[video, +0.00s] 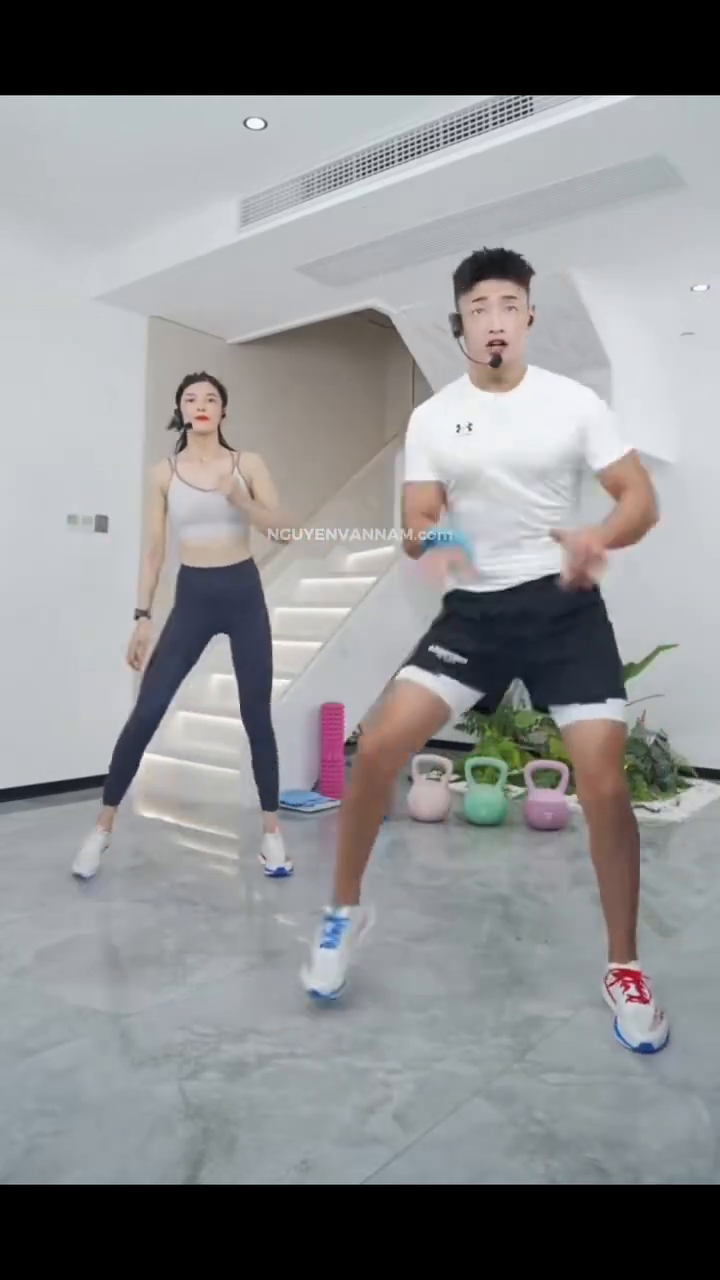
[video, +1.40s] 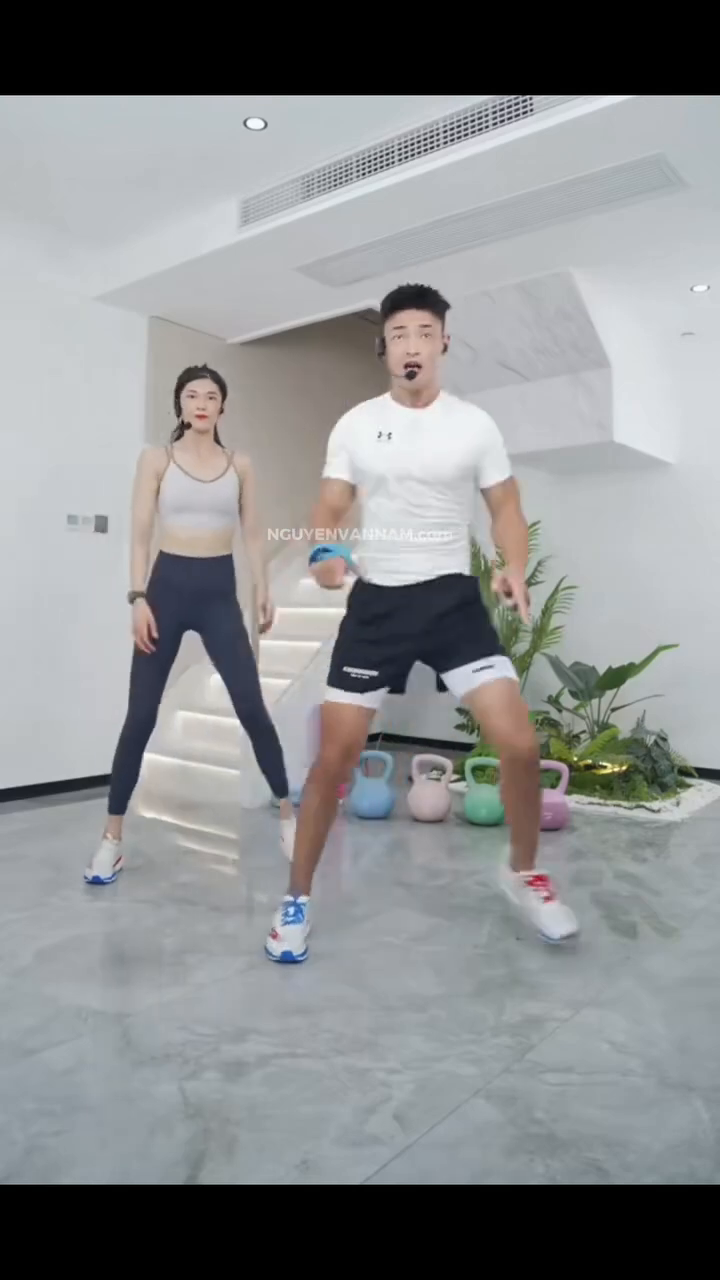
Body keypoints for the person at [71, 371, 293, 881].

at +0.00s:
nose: (201, 406)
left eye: (210, 399)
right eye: (192, 400)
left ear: (223, 410)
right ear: (180, 411)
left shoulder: (247, 463)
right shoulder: (165, 473)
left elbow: (282, 524)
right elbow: (154, 550)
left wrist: (239, 497)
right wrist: (142, 617)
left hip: (245, 598)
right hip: (191, 600)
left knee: (257, 716)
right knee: (147, 712)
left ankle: (272, 830)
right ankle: (103, 825)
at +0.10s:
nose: (213, 404)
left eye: (222, 398)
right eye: (204, 398)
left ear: (236, 409)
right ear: (192, 410)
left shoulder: (260, 461)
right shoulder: (179, 471)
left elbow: (292, 524)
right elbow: (173, 549)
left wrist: (250, 499)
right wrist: (163, 616)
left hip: (256, 593)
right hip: (204, 594)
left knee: (262, 713)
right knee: (181, 707)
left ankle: (272, 828)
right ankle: (161, 798)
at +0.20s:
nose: (220, 400)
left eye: (229, 393)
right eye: (212, 394)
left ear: (244, 405)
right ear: (200, 406)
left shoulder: (268, 458)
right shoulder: (187, 464)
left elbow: (295, 525)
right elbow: (185, 539)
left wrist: (257, 502)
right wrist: (181, 604)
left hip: (258, 586)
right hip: (207, 588)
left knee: (262, 713)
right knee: (220, 713)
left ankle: (272, 827)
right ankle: (223, 812)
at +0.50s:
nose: (226, 404)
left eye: (235, 397)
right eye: (218, 397)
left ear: (249, 407)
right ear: (205, 405)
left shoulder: (269, 462)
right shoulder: (187, 465)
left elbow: (292, 532)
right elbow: (183, 540)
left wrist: (268, 569)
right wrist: (171, 603)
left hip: (254, 593)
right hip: (202, 593)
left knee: (263, 715)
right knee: (157, 709)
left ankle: (272, 829)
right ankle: (158, 814)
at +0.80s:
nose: (193, 414)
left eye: (203, 407)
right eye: (185, 405)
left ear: (215, 416)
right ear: (172, 412)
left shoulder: (228, 475)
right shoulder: (146, 465)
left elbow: (254, 549)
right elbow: (121, 535)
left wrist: (276, 613)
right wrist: (102, 599)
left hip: (195, 603)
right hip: (141, 599)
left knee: (224, 717)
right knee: (121, 720)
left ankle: (255, 819)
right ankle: (108, 836)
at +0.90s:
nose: (184, 411)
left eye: (194, 404)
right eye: (177, 403)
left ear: (206, 413)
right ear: (163, 409)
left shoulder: (219, 474)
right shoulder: (137, 463)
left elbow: (239, 548)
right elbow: (106, 532)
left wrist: (260, 614)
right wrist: (83, 595)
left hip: (188, 597)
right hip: (134, 592)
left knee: (190, 711)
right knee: (117, 715)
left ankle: (207, 803)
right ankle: (107, 834)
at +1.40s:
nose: (202, 404)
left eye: (210, 397)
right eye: (193, 396)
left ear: (223, 407)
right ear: (179, 405)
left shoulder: (238, 464)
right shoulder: (157, 459)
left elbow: (252, 535)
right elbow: (141, 534)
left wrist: (262, 590)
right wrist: (138, 598)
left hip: (222, 593)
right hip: (165, 591)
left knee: (252, 710)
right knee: (140, 717)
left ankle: (287, 814)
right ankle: (112, 834)